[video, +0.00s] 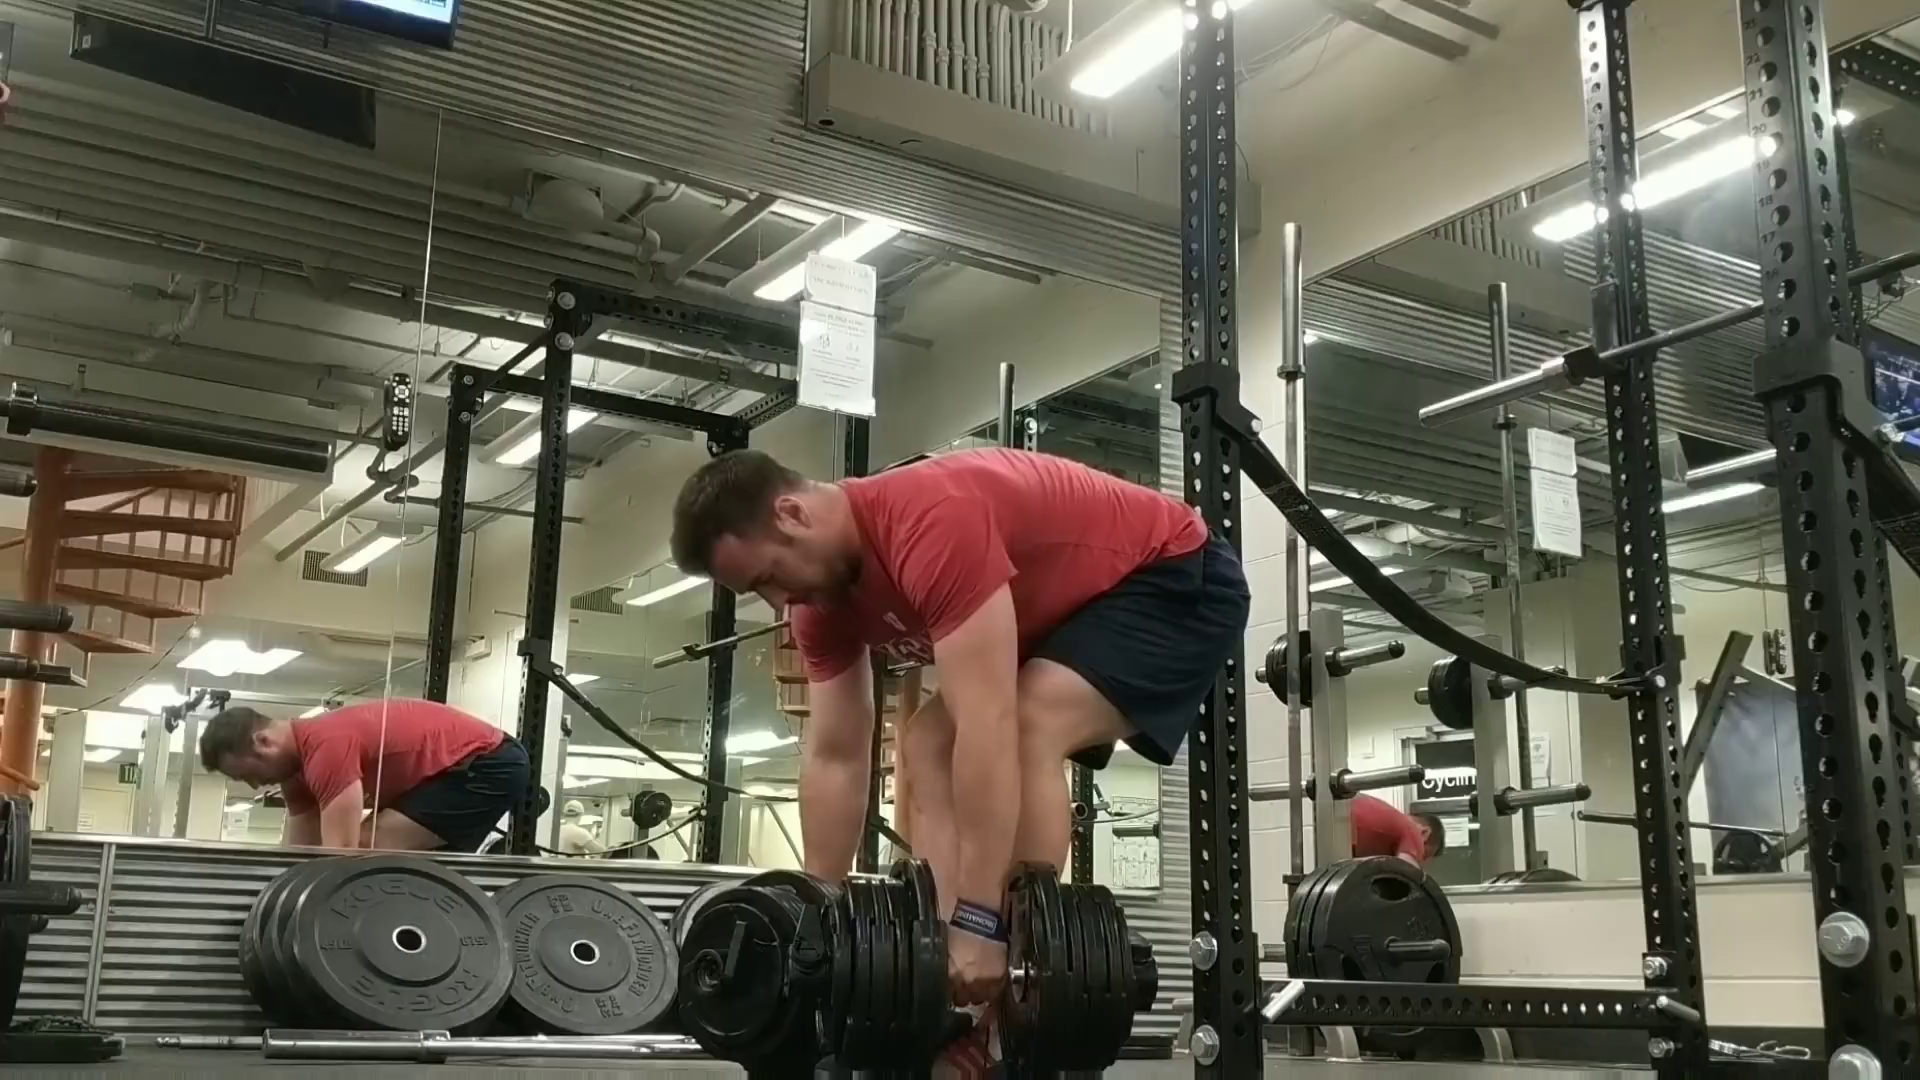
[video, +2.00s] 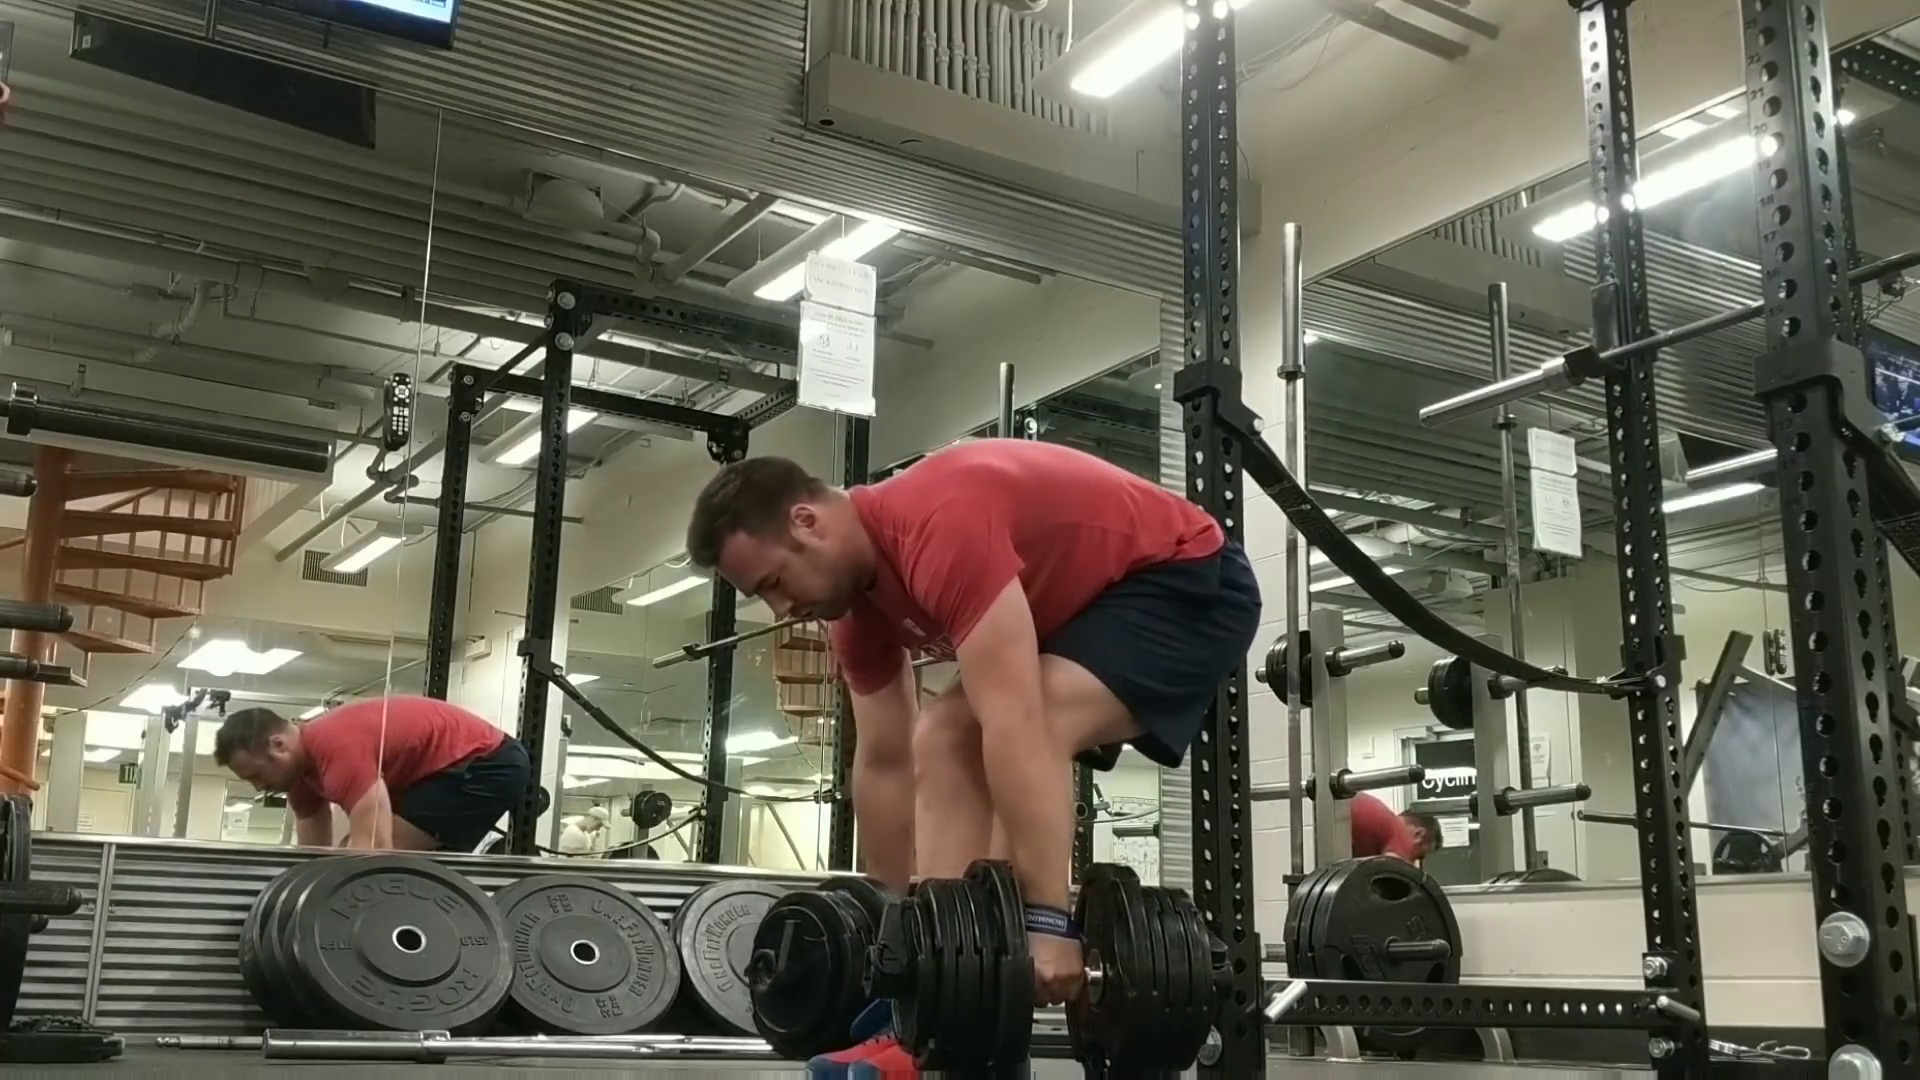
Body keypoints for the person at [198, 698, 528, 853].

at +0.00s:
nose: (255, 787)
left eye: (246, 776)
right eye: (244, 781)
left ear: (260, 743)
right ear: (261, 739)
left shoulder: (327, 748)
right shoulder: (299, 769)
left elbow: (339, 859)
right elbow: (298, 856)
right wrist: (282, 924)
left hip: (488, 766)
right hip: (459, 770)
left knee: (364, 852)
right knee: (357, 848)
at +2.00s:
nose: (259, 788)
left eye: (255, 775)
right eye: (250, 781)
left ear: (279, 747)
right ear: (277, 746)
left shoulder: (336, 748)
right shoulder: (302, 772)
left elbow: (370, 843)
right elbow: (314, 849)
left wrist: (327, 904)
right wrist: (300, 904)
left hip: (487, 765)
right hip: (457, 769)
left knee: (388, 854)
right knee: (384, 855)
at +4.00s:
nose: (250, 762)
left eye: (248, 749)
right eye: (242, 755)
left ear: (270, 719)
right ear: (270, 722)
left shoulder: (333, 739)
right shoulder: (301, 762)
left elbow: (358, 850)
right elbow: (309, 851)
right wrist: (286, 920)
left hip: (491, 763)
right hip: (461, 768)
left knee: (383, 847)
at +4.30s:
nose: (253, 741)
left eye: (252, 729)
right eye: (245, 735)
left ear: (277, 700)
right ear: (275, 703)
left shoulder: (338, 724)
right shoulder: (306, 748)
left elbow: (381, 824)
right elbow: (320, 831)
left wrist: (367, 915)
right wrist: (294, 901)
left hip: (488, 762)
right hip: (453, 771)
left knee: (369, 848)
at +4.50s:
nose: (271, 723)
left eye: (269, 711)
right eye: (262, 719)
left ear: (285, 679)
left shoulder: (348, 702)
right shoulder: (314, 727)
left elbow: (406, 789)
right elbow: (340, 796)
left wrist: (381, 885)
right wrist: (313, 871)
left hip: (487, 759)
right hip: (450, 767)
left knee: (401, 863)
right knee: (363, 854)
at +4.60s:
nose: (276, 716)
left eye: (272, 705)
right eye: (267, 711)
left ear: (288, 672)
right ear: (290, 674)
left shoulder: (353, 692)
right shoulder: (319, 712)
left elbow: (422, 764)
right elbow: (354, 781)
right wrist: (338, 847)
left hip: (489, 759)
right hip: (454, 763)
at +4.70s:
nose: (287, 710)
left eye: (281, 700)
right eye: (278, 705)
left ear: (293, 666)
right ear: (294, 668)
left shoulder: (362, 682)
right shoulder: (327, 703)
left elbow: (435, 747)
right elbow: (364, 763)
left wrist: (421, 835)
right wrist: (359, 825)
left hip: (491, 759)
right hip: (454, 762)